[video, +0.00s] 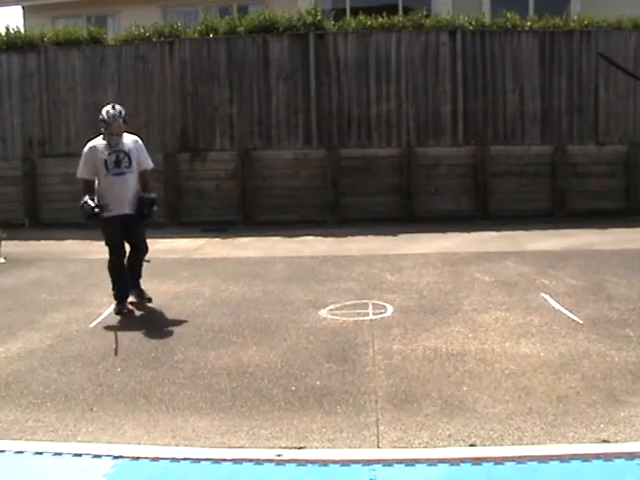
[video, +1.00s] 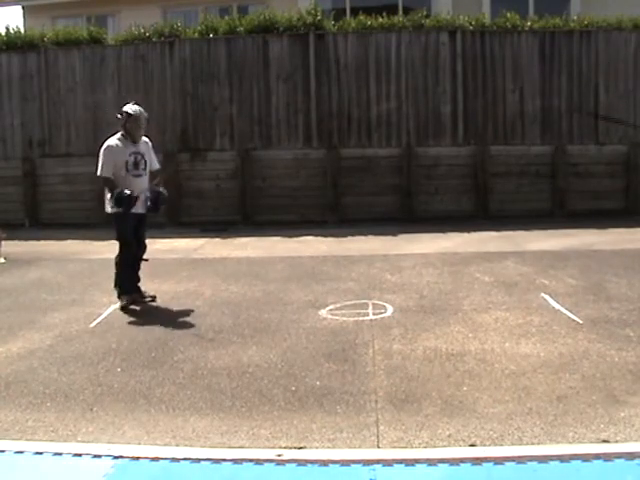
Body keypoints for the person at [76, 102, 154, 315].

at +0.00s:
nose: (116, 131)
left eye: (119, 126)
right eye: (111, 127)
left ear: (124, 124)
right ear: (103, 127)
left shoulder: (134, 143)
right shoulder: (93, 149)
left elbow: (144, 173)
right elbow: (87, 182)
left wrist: (146, 197)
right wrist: (89, 201)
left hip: (133, 209)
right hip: (109, 212)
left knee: (140, 248)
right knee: (117, 254)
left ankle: (133, 283)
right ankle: (120, 298)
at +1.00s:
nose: (141, 129)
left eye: (142, 124)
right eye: (138, 124)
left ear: (143, 125)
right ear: (126, 124)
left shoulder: (145, 144)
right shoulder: (111, 147)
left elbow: (154, 171)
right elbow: (106, 177)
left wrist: (154, 190)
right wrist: (117, 194)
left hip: (141, 206)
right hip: (122, 208)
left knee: (138, 247)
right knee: (127, 248)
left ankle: (134, 287)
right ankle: (124, 291)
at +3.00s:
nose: (159, 115)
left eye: (159, 111)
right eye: (154, 112)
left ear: (154, 115)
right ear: (142, 116)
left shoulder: (155, 138)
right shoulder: (132, 144)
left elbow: (158, 167)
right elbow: (134, 175)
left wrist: (171, 179)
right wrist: (159, 186)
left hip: (160, 207)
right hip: (145, 209)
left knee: (158, 251)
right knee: (151, 252)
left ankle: (154, 295)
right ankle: (145, 300)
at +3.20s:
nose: (159, 115)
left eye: (158, 111)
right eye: (154, 112)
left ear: (152, 115)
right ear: (142, 116)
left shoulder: (155, 137)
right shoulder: (132, 145)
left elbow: (163, 165)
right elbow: (136, 176)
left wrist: (177, 185)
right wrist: (162, 178)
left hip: (162, 207)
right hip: (146, 210)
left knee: (159, 252)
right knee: (151, 253)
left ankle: (154, 295)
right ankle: (146, 300)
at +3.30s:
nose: (156, 115)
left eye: (156, 111)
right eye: (151, 112)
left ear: (154, 114)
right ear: (139, 116)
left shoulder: (156, 137)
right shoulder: (131, 145)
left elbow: (164, 166)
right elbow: (134, 176)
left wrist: (177, 186)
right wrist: (160, 179)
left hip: (162, 206)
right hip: (146, 210)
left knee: (159, 251)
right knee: (151, 253)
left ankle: (154, 295)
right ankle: (145, 300)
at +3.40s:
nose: (157, 116)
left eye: (157, 111)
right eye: (151, 112)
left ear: (157, 114)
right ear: (139, 115)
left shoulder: (157, 138)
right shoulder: (132, 145)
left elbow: (160, 169)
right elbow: (129, 176)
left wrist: (173, 185)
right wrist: (156, 183)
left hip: (162, 206)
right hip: (145, 209)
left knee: (159, 251)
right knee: (151, 253)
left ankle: (154, 295)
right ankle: (145, 301)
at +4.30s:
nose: (168, 118)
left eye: (167, 113)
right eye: (163, 113)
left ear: (156, 117)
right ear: (153, 116)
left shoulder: (158, 139)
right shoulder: (139, 145)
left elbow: (161, 173)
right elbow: (135, 178)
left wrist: (172, 198)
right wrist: (145, 203)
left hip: (168, 206)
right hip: (154, 208)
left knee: (162, 252)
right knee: (156, 253)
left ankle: (157, 296)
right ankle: (148, 300)